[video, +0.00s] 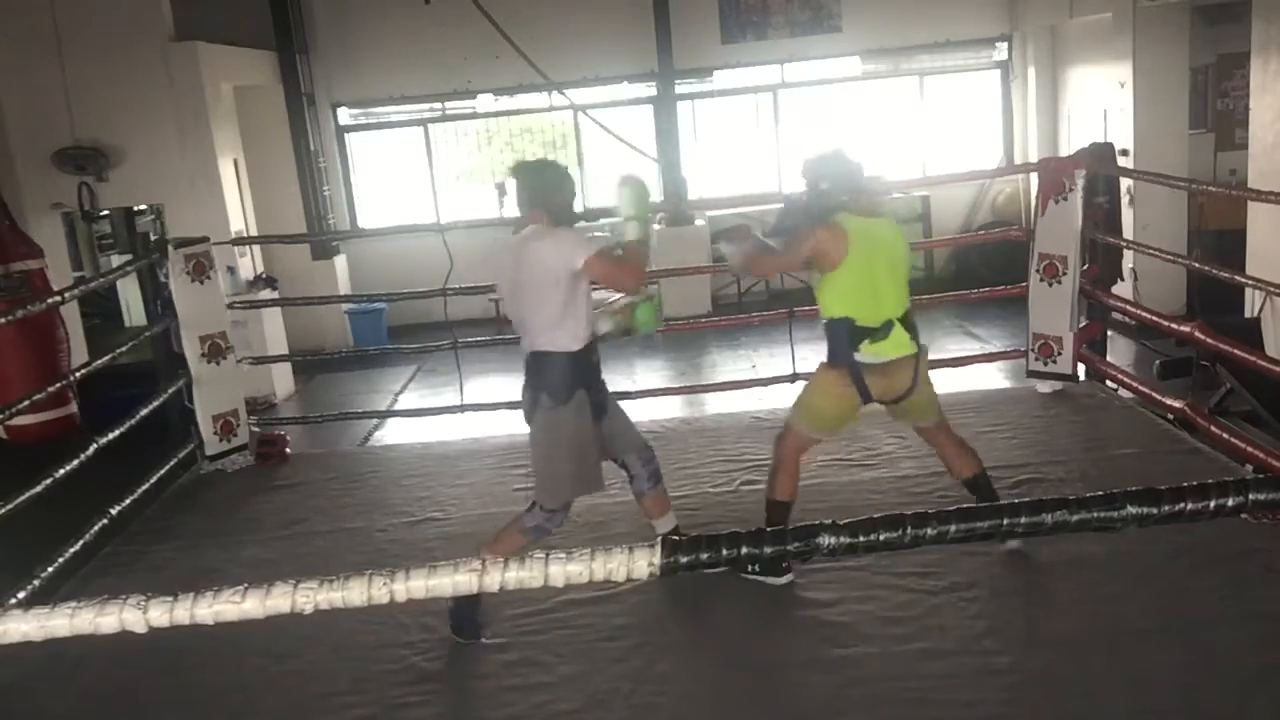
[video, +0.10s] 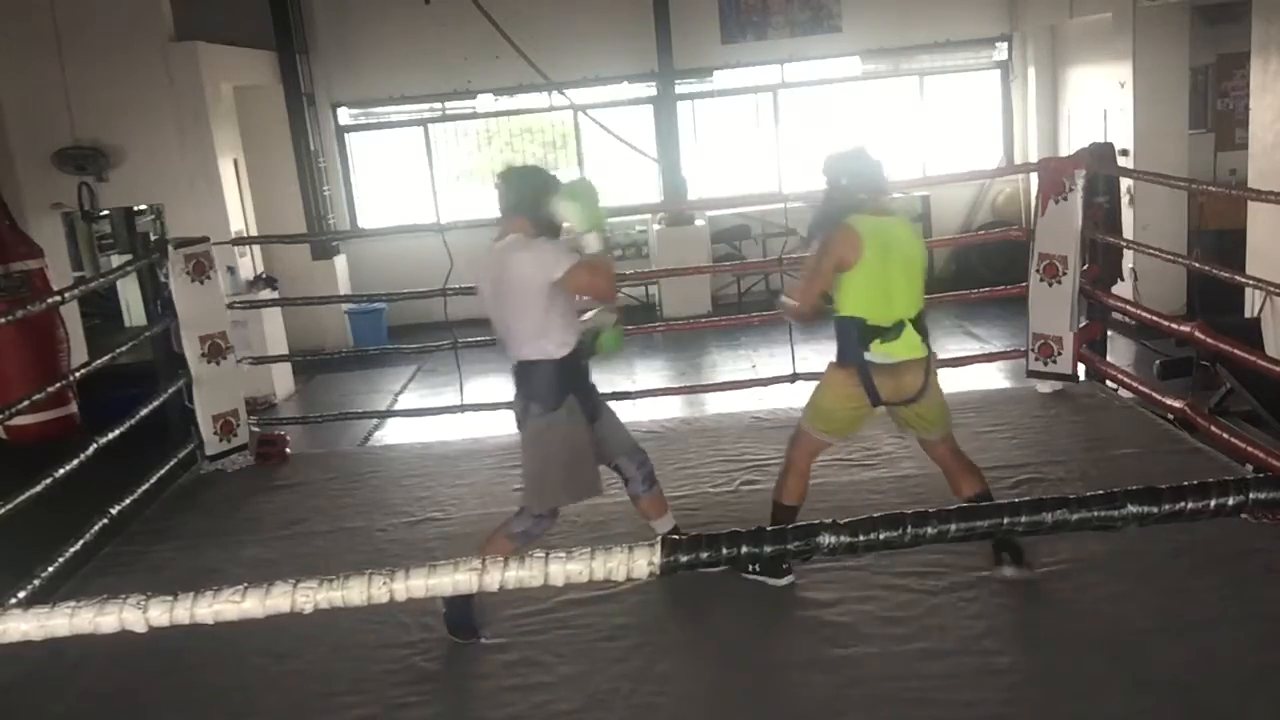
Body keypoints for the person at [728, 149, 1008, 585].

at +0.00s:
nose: (808, 194)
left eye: (811, 187)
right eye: (809, 186)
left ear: (821, 189)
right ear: (856, 182)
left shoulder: (824, 233)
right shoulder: (891, 228)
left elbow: (762, 267)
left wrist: (746, 246)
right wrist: (799, 233)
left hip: (848, 374)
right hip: (907, 367)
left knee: (789, 446)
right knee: (942, 436)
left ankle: (772, 555)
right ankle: (1000, 517)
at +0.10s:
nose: (828, 193)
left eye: (831, 186)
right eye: (830, 186)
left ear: (841, 188)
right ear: (878, 183)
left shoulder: (844, 234)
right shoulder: (909, 229)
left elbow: (806, 302)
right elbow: (903, 290)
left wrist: (796, 306)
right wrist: (826, 298)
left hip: (857, 374)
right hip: (916, 370)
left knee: (800, 454)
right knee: (950, 454)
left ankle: (773, 557)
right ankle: (1007, 545)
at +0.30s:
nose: (872, 194)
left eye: (877, 186)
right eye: (875, 186)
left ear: (892, 188)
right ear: (926, 185)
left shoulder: (899, 232)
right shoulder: (962, 236)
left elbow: (879, 298)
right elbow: (946, 293)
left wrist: (851, 315)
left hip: (897, 377)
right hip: (956, 375)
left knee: (842, 469)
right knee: (981, 465)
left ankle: (792, 553)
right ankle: (1013, 560)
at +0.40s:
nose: (896, 178)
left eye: (900, 167)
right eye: (897, 168)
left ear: (917, 169)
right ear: (949, 166)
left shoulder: (930, 210)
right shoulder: (982, 215)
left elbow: (912, 272)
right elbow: (965, 274)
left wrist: (884, 276)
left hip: (930, 355)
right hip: (981, 354)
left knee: (876, 454)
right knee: (989, 456)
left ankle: (831, 551)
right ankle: (1015, 561)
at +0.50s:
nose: (905, 151)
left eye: (910, 141)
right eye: (906, 141)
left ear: (931, 141)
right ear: (956, 142)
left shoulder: (940, 187)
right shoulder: (992, 188)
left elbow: (938, 247)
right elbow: (983, 248)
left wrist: (902, 262)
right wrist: (909, 235)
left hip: (949, 328)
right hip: (1000, 325)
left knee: (907, 433)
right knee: (999, 433)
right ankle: (1025, 543)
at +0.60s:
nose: (918, 155)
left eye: (923, 144)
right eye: (920, 144)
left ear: (941, 145)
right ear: (971, 143)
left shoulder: (954, 190)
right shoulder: (1008, 190)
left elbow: (952, 256)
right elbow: (1009, 251)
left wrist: (920, 259)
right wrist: (932, 248)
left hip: (966, 336)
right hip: (1015, 329)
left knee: (940, 446)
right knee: (1008, 432)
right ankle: (1050, 539)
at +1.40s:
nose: (898, 217)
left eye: (899, 207)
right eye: (895, 208)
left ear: (920, 203)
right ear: (946, 190)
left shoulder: (962, 241)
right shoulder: (982, 223)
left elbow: (955, 325)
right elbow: (929, 268)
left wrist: (895, 292)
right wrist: (885, 248)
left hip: (995, 378)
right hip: (1039, 364)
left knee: (935, 474)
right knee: (1055, 450)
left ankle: (914, 592)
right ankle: (1136, 542)